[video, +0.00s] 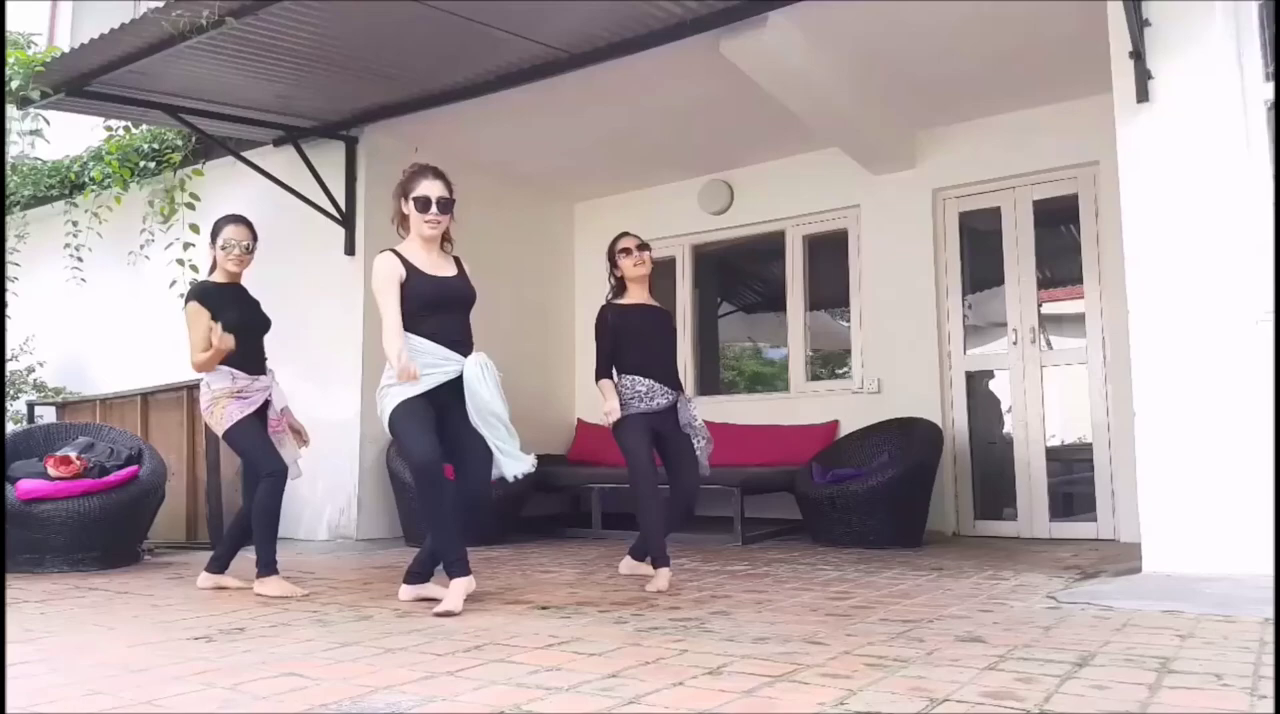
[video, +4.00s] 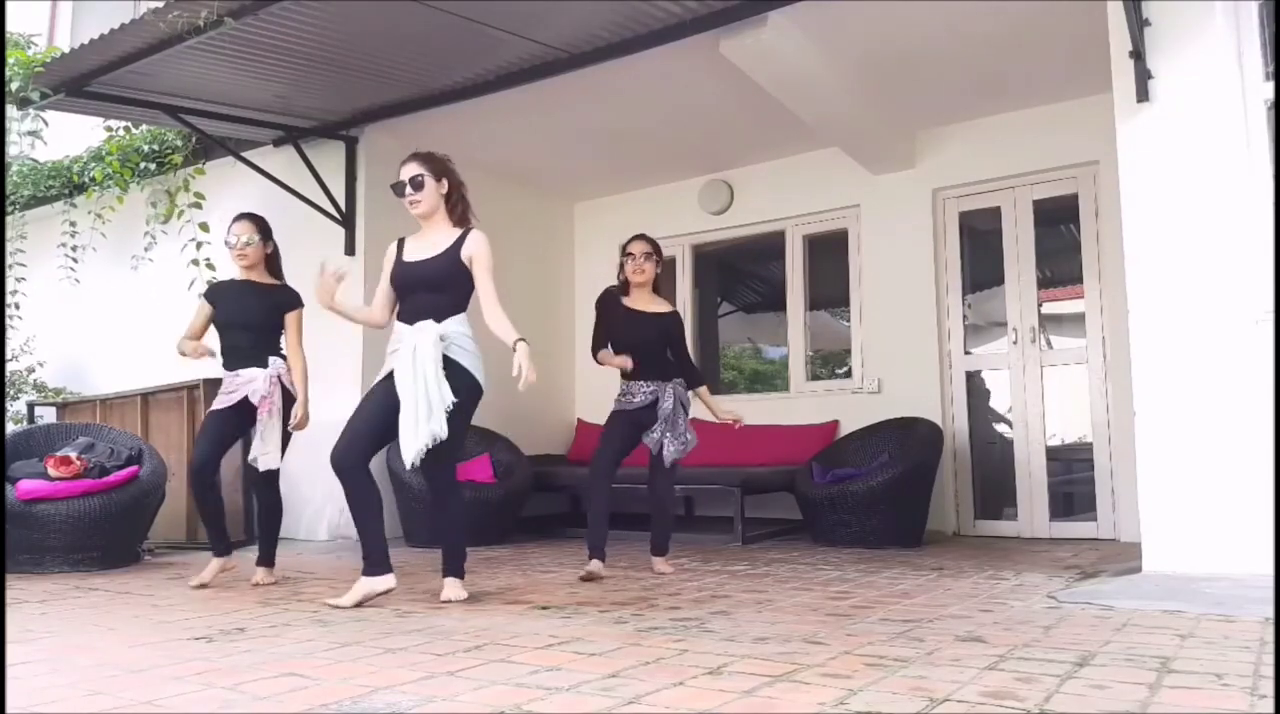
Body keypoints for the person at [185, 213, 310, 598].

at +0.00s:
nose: (238, 253)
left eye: (246, 247)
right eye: (230, 246)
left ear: (253, 252)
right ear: (213, 249)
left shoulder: (246, 296)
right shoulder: (201, 296)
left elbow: (258, 365)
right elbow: (199, 364)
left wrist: (285, 415)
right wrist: (220, 350)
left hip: (261, 393)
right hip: (226, 395)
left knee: (257, 497)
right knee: (273, 469)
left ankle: (213, 570)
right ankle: (267, 575)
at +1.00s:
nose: (248, 250)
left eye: (255, 245)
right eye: (239, 244)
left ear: (262, 252)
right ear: (223, 250)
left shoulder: (263, 305)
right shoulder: (205, 295)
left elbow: (272, 364)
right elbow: (194, 360)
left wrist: (284, 407)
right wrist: (237, 377)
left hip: (265, 396)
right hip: (224, 395)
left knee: (275, 486)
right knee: (264, 462)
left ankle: (215, 569)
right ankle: (256, 565)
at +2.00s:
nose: (249, 241)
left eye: (257, 236)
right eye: (240, 236)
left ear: (266, 246)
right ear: (227, 246)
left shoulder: (275, 300)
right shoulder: (210, 286)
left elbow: (286, 362)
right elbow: (179, 327)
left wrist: (298, 413)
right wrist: (230, 313)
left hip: (272, 390)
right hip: (230, 389)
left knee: (270, 478)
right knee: (247, 469)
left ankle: (224, 567)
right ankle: (258, 558)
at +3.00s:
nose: (249, 247)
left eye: (257, 239)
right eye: (240, 240)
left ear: (270, 246)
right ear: (230, 246)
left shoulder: (283, 299)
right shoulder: (212, 287)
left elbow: (290, 363)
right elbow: (208, 347)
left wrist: (309, 412)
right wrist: (180, 314)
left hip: (272, 392)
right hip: (227, 389)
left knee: (268, 479)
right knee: (230, 468)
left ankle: (240, 564)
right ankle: (214, 564)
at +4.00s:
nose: (239, 249)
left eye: (248, 241)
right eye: (233, 243)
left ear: (267, 246)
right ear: (228, 248)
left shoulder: (285, 295)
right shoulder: (219, 292)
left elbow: (295, 352)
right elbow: (188, 340)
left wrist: (303, 400)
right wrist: (191, 347)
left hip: (275, 391)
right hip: (234, 391)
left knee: (265, 477)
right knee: (200, 464)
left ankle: (266, 564)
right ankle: (222, 553)